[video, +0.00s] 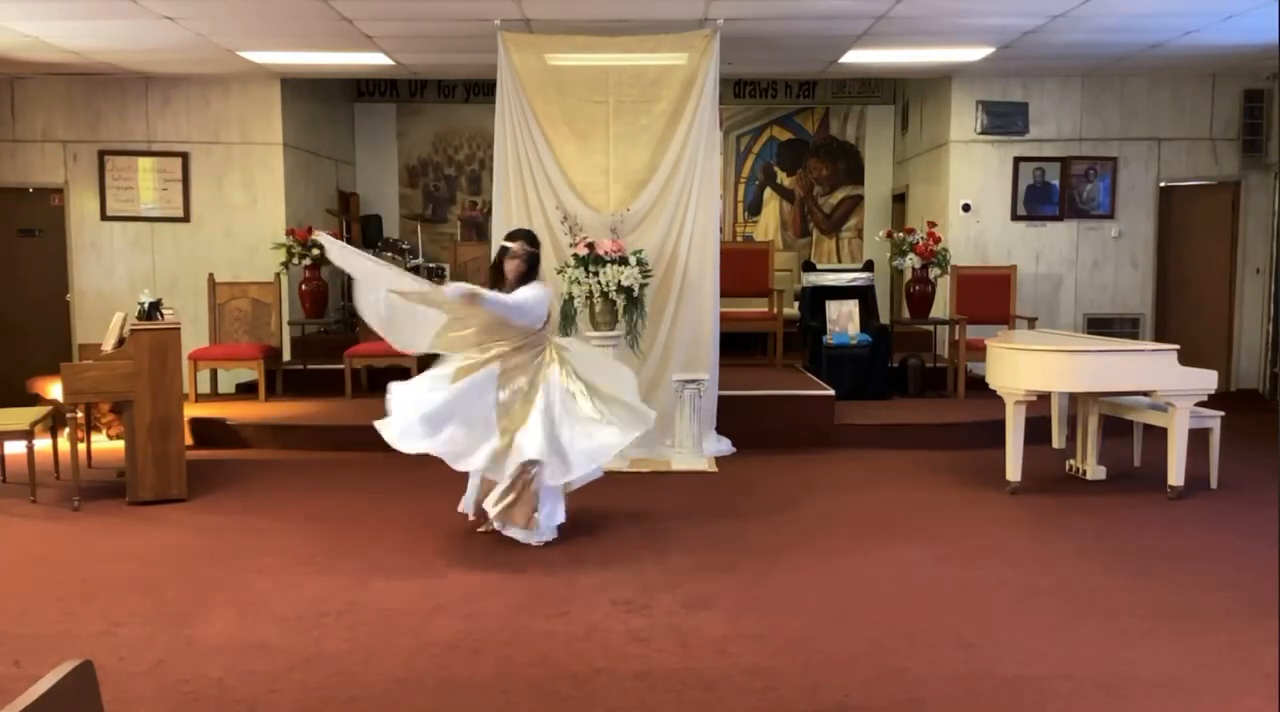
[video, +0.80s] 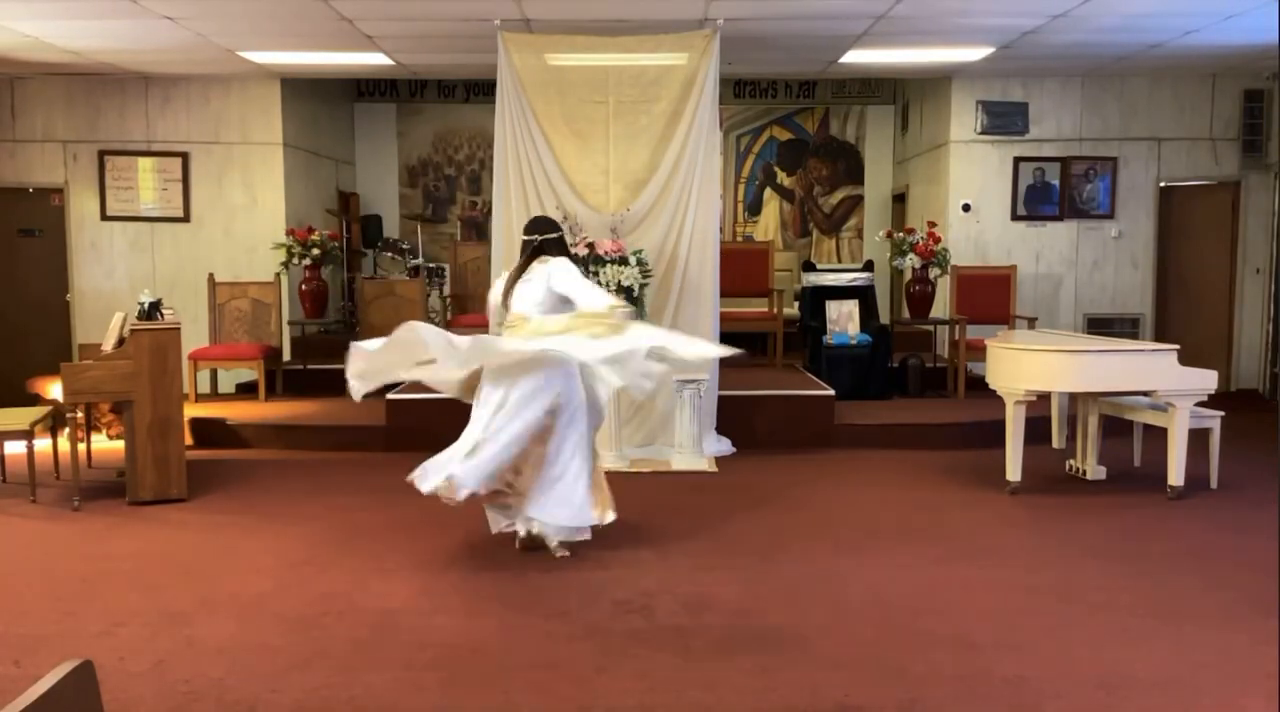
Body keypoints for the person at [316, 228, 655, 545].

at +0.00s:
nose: (512, 262)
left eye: (520, 257)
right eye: (508, 254)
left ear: (533, 263)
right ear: (501, 258)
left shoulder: (538, 294)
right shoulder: (500, 294)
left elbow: (513, 309)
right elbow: (456, 305)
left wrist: (475, 296)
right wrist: (422, 295)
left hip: (535, 376)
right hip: (507, 373)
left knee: (531, 445)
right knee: (502, 442)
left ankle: (521, 517)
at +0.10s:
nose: (538, 259)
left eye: (545, 254)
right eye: (532, 252)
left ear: (552, 260)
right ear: (519, 254)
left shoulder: (556, 288)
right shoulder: (502, 286)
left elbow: (560, 306)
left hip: (545, 366)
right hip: (508, 365)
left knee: (538, 435)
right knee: (497, 437)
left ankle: (527, 514)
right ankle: (488, 511)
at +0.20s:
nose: (560, 260)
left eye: (564, 254)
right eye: (554, 252)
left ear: (567, 258)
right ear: (536, 253)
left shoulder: (565, 292)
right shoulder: (504, 281)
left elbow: (602, 316)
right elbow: (465, 301)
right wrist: (421, 302)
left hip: (549, 370)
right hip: (503, 366)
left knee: (544, 441)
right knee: (492, 437)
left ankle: (527, 517)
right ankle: (488, 504)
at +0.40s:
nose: (576, 270)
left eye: (578, 262)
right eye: (569, 263)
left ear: (576, 262)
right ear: (550, 260)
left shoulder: (579, 296)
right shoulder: (518, 278)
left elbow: (613, 317)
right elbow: (468, 292)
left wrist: (650, 327)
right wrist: (427, 307)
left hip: (554, 384)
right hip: (515, 379)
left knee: (549, 453)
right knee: (524, 449)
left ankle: (535, 529)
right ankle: (481, 485)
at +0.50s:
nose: (586, 263)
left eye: (585, 255)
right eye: (579, 255)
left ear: (564, 256)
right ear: (562, 254)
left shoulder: (580, 294)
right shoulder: (532, 272)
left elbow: (615, 321)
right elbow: (486, 290)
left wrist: (641, 331)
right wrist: (442, 303)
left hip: (553, 378)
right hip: (517, 369)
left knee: (550, 449)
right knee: (511, 437)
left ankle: (532, 527)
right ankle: (495, 488)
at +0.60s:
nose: (586, 250)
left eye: (583, 245)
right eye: (580, 243)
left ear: (557, 248)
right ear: (564, 245)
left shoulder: (571, 285)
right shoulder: (542, 272)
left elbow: (577, 333)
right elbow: (503, 299)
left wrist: (598, 338)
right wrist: (480, 312)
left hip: (551, 376)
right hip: (521, 371)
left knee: (548, 448)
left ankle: (528, 521)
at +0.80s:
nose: (568, 249)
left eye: (562, 243)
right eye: (565, 243)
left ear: (526, 245)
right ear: (557, 244)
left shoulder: (507, 280)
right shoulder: (558, 270)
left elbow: (496, 325)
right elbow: (605, 304)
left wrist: (510, 345)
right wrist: (614, 318)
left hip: (514, 374)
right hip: (556, 376)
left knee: (525, 443)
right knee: (563, 449)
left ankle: (527, 522)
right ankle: (552, 526)